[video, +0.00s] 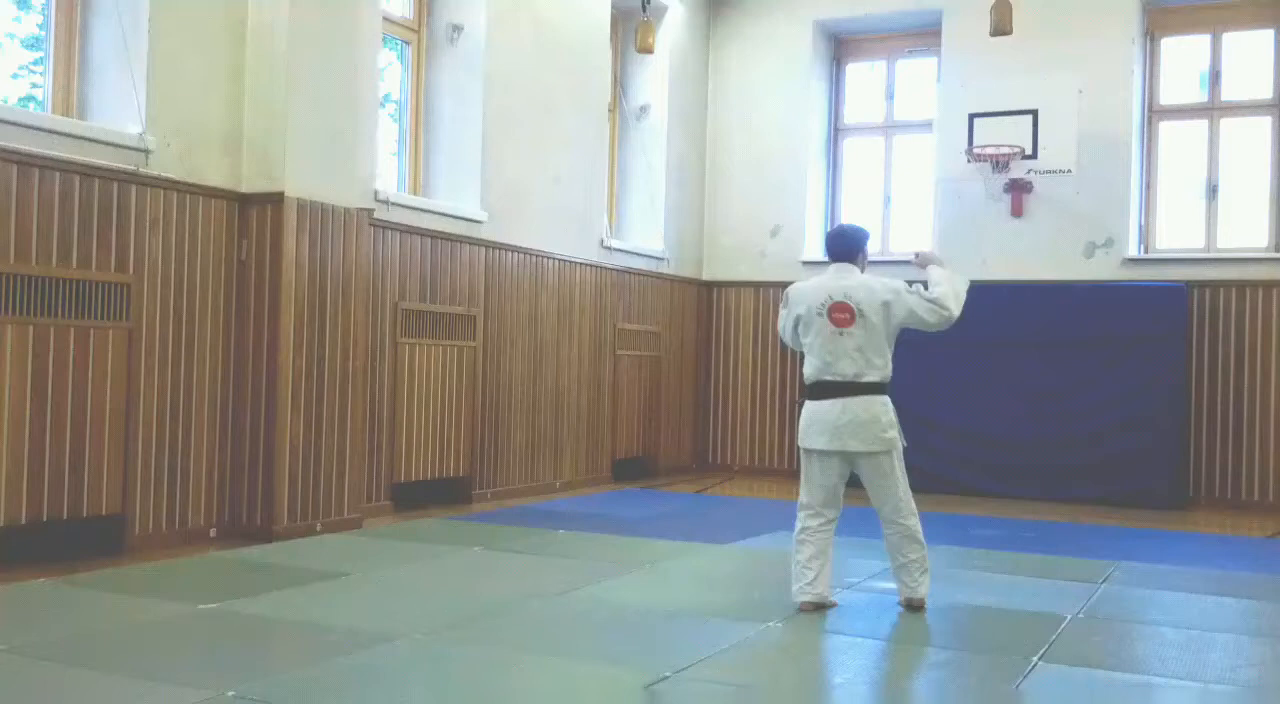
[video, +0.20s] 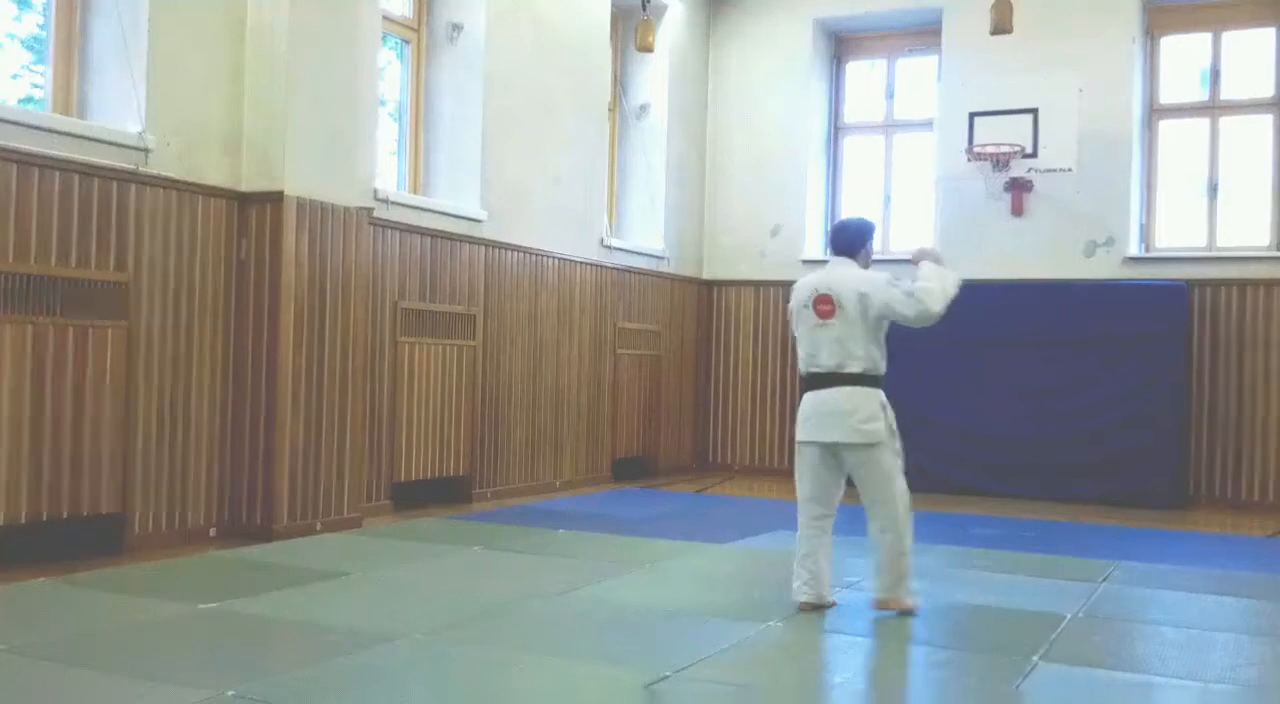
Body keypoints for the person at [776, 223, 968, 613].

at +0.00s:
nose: (866, 256)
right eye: (866, 251)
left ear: (828, 254)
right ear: (862, 255)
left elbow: (791, 338)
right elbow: (943, 310)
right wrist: (935, 268)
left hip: (820, 413)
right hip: (871, 412)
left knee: (815, 511)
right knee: (897, 509)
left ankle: (810, 594)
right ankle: (914, 592)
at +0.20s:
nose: (872, 252)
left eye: (870, 245)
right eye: (870, 246)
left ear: (831, 247)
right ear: (864, 249)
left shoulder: (802, 287)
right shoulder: (871, 284)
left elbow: (801, 334)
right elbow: (923, 307)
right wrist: (930, 265)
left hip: (814, 405)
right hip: (861, 405)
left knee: (814, 509)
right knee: (888, 504)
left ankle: (810, 593)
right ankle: (891, 594)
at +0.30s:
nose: (876, 252)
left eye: (875, 245)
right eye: (874, 245)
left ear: (834, 245)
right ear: (865, 247)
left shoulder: (806, 287)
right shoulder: (864, 283)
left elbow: (808, 349)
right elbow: (908, 307)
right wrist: (921, 264)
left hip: (815, 402)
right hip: (857, 404)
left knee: (817, 504)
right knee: (880, 501)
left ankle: (809, 591)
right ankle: (861, 591)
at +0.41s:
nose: (880, 249)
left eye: (879, 242)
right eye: (878, 243)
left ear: (840, 245)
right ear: (867, 246)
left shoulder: (817, 286)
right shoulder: (850, 283)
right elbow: (879, 316)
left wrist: (908, 308)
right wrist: (909, 272)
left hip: (821, 403)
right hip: (854, 405)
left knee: (822, 503)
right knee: (867, 500)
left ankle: (809, 589)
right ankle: (829, 591)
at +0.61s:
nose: (889, 254)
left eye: (888, 247)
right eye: (884, 246)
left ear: (860, 251)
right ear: (863, 251)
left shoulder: (855, 293)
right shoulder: (839, 289)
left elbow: (865, 351)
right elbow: (844, 339)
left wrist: (909, 360)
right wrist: (896, 313)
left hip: (846, 409)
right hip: (846, 412)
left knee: (846, 507)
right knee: (864, 512)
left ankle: (809, 589)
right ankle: (829, 603)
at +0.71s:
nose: (892, 252)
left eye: (891, 245)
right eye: (886, 244)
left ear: (863, 247)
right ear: (861, 246)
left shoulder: (861, 290)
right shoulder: (835, 285)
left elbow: (870, 345)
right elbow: (835, 338)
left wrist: (907, 369)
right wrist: (895, 339)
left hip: (854, 406)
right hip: (844, 408)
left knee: (847, 505)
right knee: (858, 510)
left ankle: (811, 584)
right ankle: (830, 602)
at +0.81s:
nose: (890, 242)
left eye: (888, 235)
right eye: (883, 235)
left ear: (862, 244)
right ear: (857, 242)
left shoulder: (862, 287)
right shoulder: (834, 285)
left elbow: (880, 349)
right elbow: (842, 351)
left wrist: (903, 383)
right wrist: (888, 389)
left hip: (857, 407)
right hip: (842, 409)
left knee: (844, 504)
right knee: (851, 510)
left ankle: (810, 581)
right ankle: (826, 601)